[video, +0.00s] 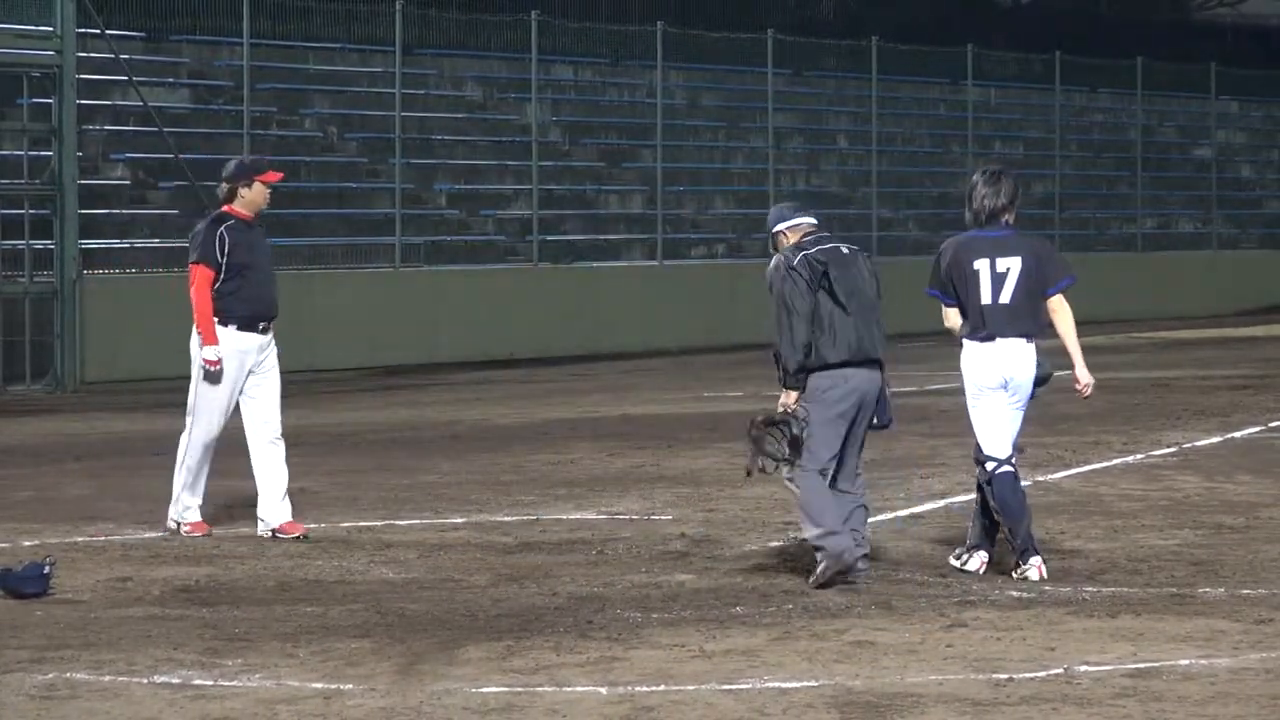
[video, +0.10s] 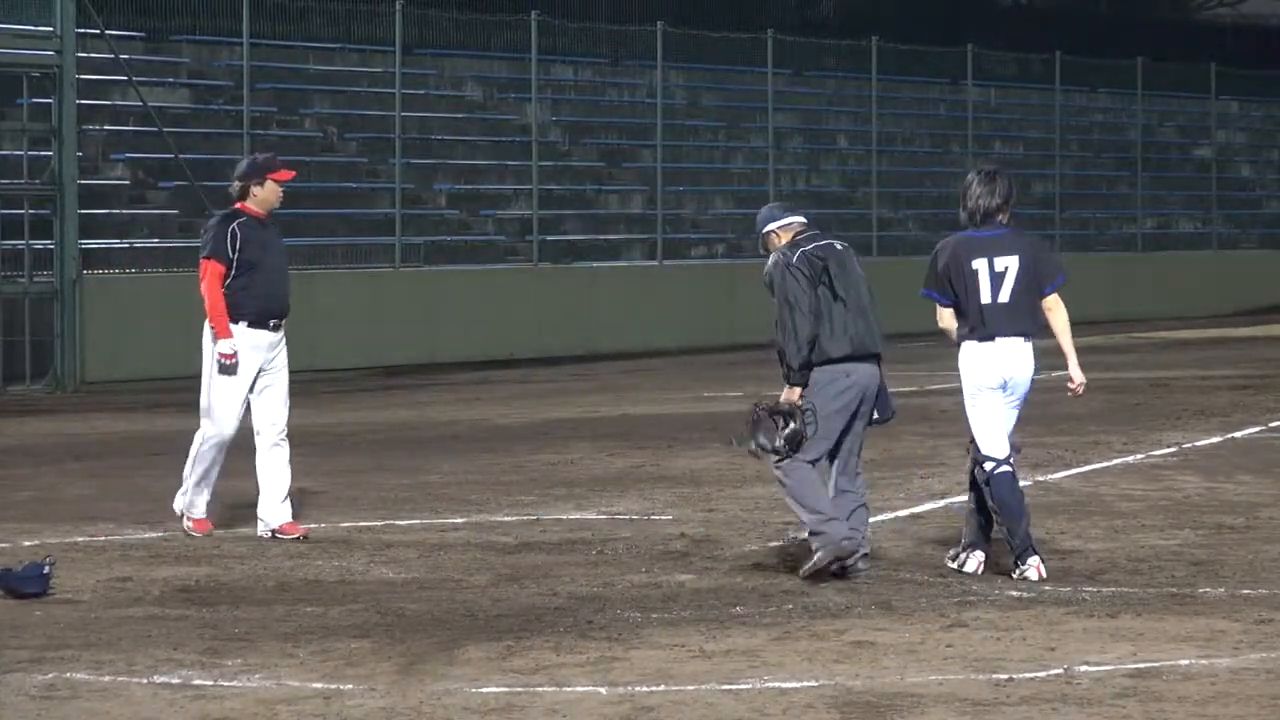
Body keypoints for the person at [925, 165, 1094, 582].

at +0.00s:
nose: (1015, 208)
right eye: (1014, 202)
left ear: (972, 204)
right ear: (1012, 206)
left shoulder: (955, 249)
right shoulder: (1035, 247)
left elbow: (952, 319)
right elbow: (1058, 307)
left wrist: (981, 336)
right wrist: (1079, 364)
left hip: (978, 357)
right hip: (1023, 355)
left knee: (996, 460)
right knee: (994, 453)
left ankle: (1029, 555)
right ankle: (979, 547)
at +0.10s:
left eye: (968, 197)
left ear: (968, 202)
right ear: (1008, 204)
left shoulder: (950, 249)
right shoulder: (1030, 246)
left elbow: (946, 320)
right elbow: (1053, 306)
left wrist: (967, 338)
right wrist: (1073, 362)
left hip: (977, 358)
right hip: (1021, 355)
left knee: (995, 458)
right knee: (987, 450)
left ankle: (1026, 555)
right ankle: (974, 546)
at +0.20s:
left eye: (957, 197)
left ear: (958, 203)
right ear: (998, 203)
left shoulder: (943, 250)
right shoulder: (1020, 243)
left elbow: (938, 322)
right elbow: (1047, 303)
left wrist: (963, 349)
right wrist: (1066, 357)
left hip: (975, 358)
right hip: (1019, 355)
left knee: (993, 457)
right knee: (975, 446)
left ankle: (1027, 556)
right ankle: (961, 544)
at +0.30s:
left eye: (947, 199)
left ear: (946, 205)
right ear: (984, 203)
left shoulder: (933, 252)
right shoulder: (1010, 241)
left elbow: (927, 324)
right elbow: (1037, 302)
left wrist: (944, 365)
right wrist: (1057, 355)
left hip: (967, 358)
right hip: (1011, 355)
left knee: (989, 456)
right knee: (966, 450)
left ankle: (1026, 555)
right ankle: (943, 546)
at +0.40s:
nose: (923, 202)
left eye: (927, 196)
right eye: (930, 194)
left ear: (932, 203)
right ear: (971, 202)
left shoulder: (927, 253)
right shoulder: (999, 244)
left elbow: (919, 324)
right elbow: (1026, 304)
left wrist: (926, 375)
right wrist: (1043, 356)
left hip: (955, 361)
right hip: (996, 357)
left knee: (980, 457)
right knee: (959, 454)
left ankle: (1022, 552)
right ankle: (936, 550)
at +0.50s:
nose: (916, 205)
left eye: (918, 198)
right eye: (918, 198)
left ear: (926, 203)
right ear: (961, 199)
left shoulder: (922, 246)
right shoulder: (988, 243)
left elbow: (911, 313)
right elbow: (1008, 305)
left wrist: (908, 369)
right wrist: (1019, 356)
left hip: (944, 355)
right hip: (982, 352)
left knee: (965, 456)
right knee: (952, 452)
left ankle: (1015, 546)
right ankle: (936, 550)